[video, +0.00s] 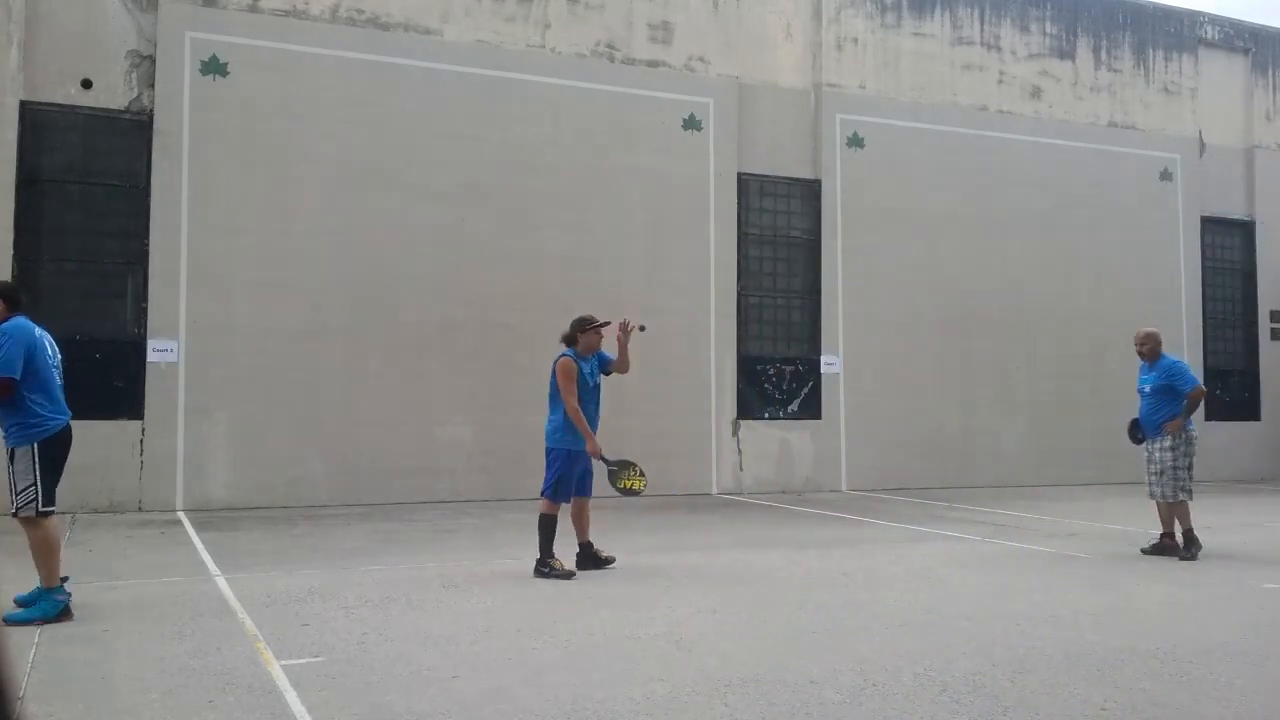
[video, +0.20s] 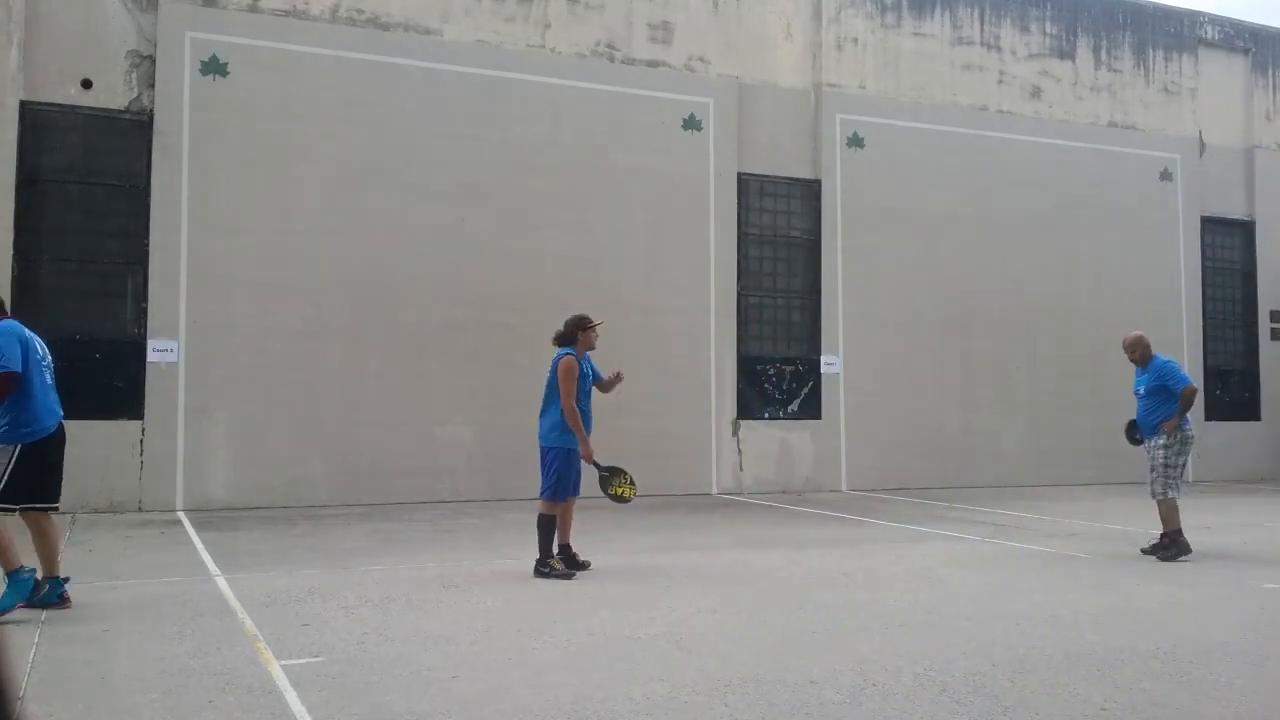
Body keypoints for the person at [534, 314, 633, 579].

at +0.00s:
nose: (601, 338)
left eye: (601, 334)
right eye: (597, 333)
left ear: (589, 337)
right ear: (581, 336)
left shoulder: (595, 358)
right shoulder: (567, 362)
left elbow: (621, 368)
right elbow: (571, 405)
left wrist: (623, 343)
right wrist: (590, 439)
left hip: (582, 442)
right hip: (562, 442)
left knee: (581, 497)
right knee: (553, 498)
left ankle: (585, 552)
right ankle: (545, 559)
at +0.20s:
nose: (597, 335)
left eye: (596, 331)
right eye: (592, 332)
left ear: (582, 336)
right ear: (579, 335)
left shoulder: (585, 361)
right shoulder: (568, 360)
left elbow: (603, 387)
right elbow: (568, 404)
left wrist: (613, 381)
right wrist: (584, 442)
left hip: (572, 440)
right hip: (557, 441)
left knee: (567, 498)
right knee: (551, 498)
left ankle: (564, 553)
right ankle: (544, 560)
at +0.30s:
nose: (597, 337)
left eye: (596, 333)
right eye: (593, 333)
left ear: (579, 336)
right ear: (580, 336)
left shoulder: (570, 360)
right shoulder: (572, 361)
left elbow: (576, 400)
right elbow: (568, 405)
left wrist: (601, 411)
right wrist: (586, 441)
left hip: (567, 441)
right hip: (558, 441)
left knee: (564, 498)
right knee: (552, 499)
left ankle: (563, 552)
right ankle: (544, 560)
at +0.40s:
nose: (599, 337)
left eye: (597, 333)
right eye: (595, 334)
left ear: (579, 337)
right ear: (583, 336)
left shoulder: (564, 359)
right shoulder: (578, 360)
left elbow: (567, 405)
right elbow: (573, 402)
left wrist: (590, 428)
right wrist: (590, 438)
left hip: (558, 438)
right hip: (564, 441)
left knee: (564, 499)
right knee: (559, 499)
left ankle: (562, 551)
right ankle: (546, 560)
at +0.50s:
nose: (599, 340)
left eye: (598, 336)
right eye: (596, 336)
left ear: (579, 339)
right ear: (584, 338)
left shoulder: (562, 361)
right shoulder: (581, 361)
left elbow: (567, 407)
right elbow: (580, 403)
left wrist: (589, 434)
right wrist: (596, 433)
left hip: (552, 439)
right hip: (567, 441)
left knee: (559, 497)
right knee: (578, 498)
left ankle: (561, 551)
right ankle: (549, 558)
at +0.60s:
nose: (601, 341)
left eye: (600, 336)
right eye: (598, 337)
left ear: (580, 339)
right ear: (586, 338)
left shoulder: (560, 362)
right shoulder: (584, 361)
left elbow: (564, 409)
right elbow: (585, 403)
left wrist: (591, 434)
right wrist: (602, 431)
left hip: (549, 439)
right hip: (569, 440)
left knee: (560, 497)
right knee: (584, 496)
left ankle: (564, 552)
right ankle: (559, 556)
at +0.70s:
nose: (604, 341)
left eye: (603, 337)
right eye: (601, 337)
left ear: (582, 340)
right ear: (589, 338)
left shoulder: (562, 361)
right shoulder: (588, 361)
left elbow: (566, 408)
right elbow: (591, 404)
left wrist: (592, 431)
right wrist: (605, 429)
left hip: (550, 439)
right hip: (571, 439)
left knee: (562, 496)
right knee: (588, 494)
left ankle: (563, 555)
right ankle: (574, 555)